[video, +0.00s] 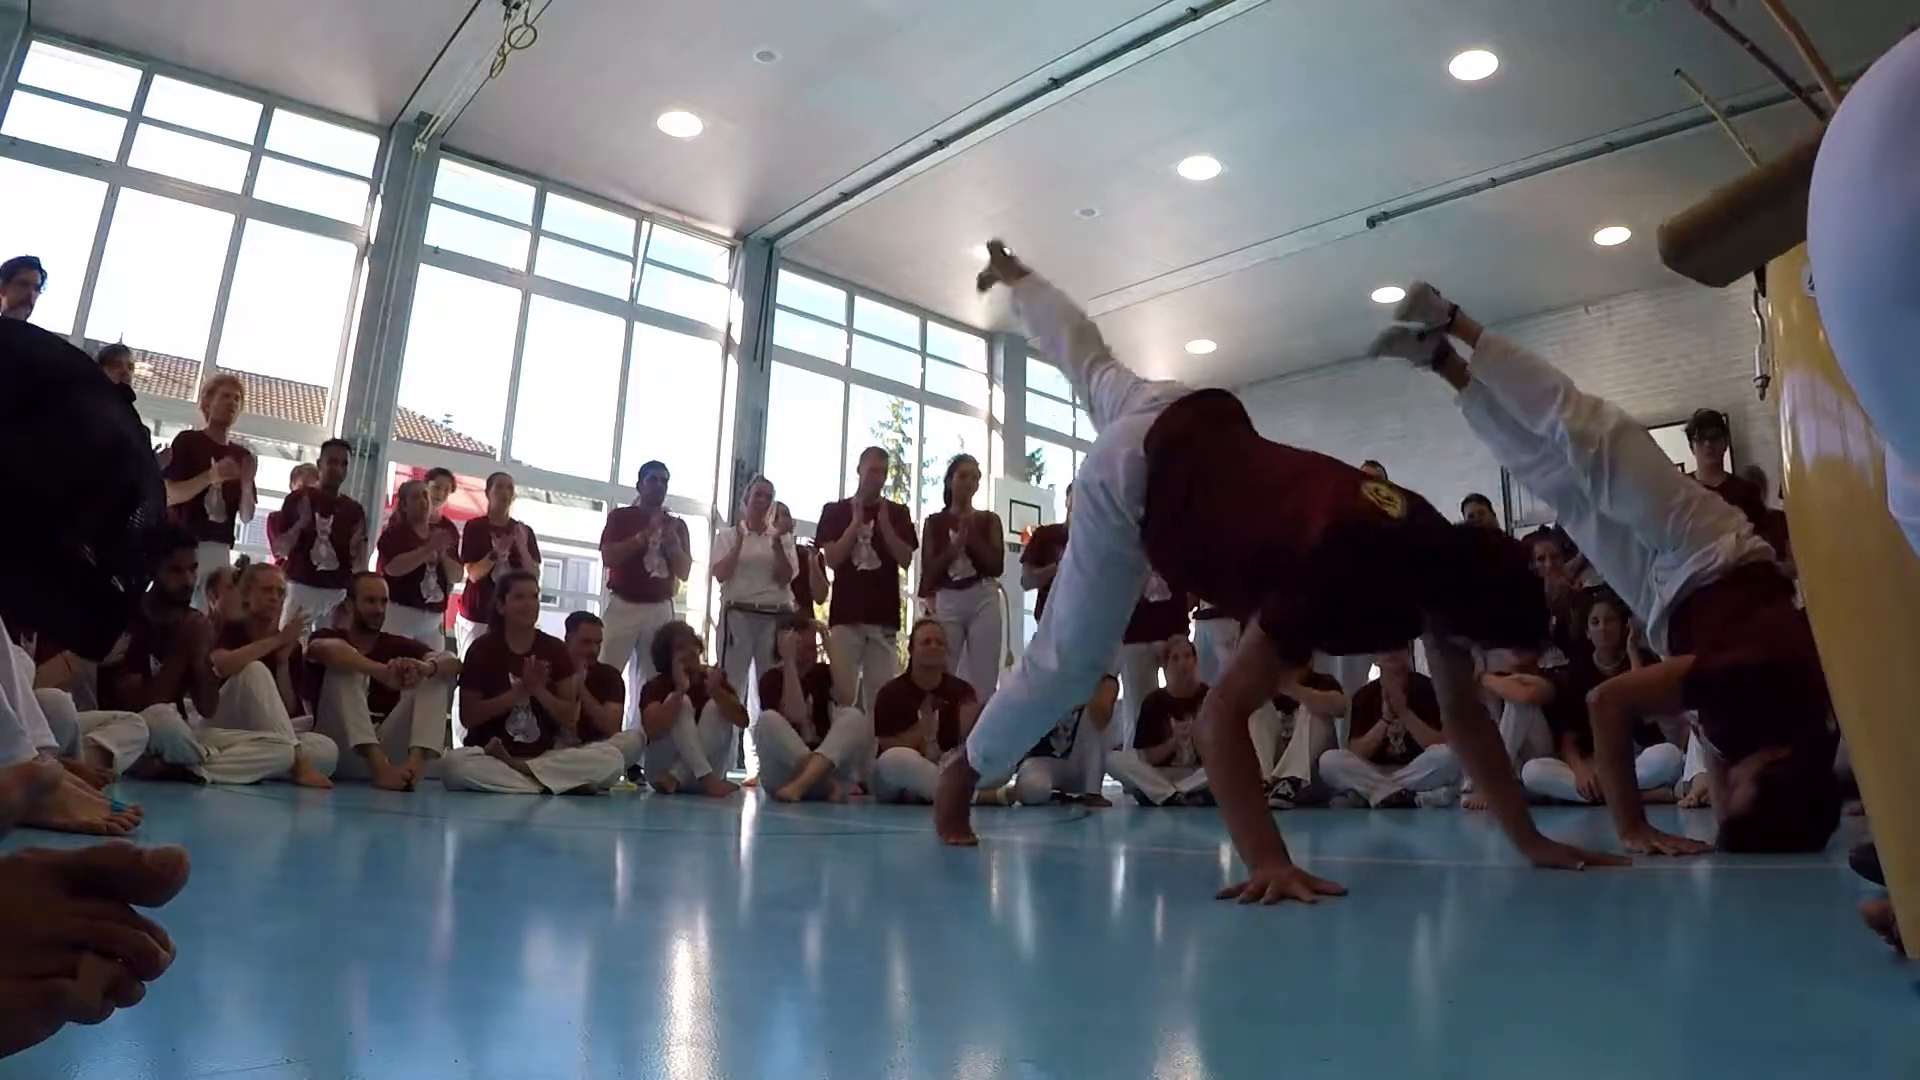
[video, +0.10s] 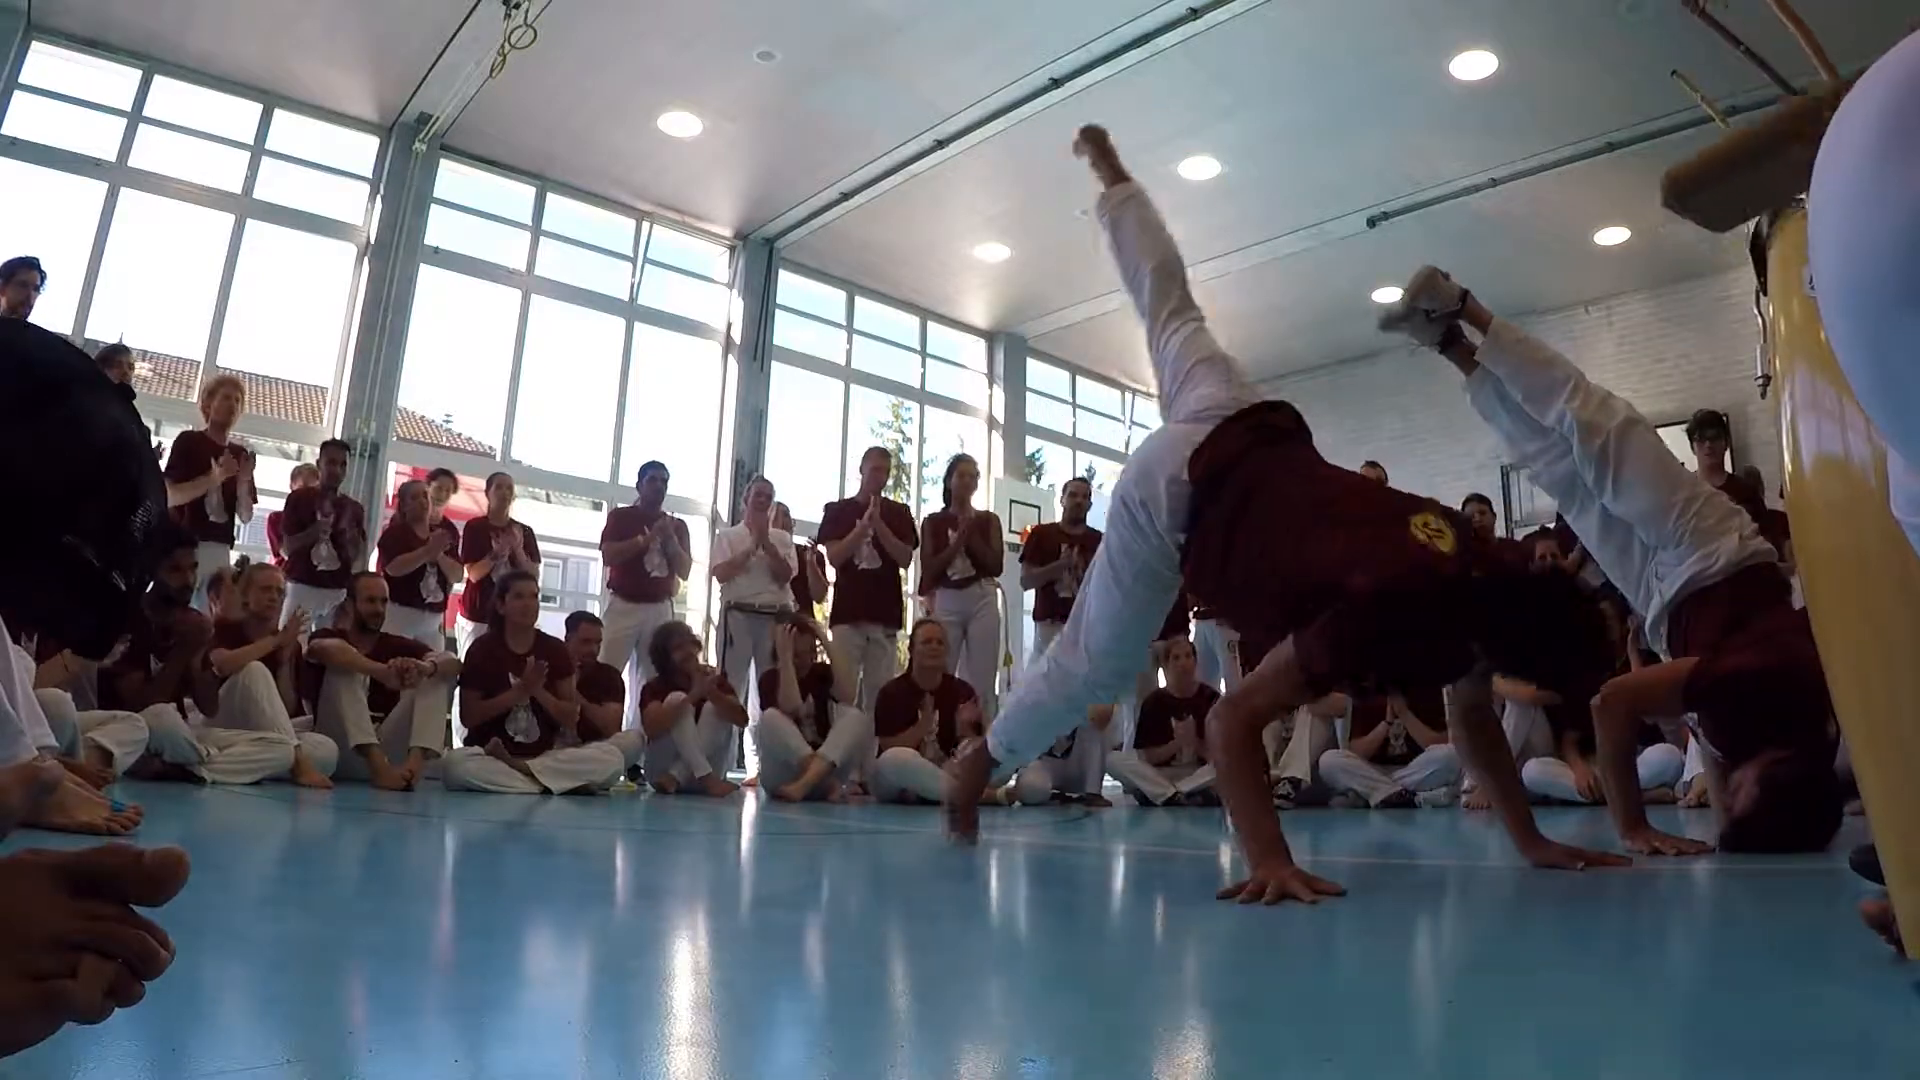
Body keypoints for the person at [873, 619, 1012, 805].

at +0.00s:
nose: (934, 647)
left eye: (939, 643)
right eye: (926, 643)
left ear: (946, 650)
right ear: (911, 651)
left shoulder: (962, 690)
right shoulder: (891, 693)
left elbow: (971, 743)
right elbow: (889, 748)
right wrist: (922, 729)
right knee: (895, 759)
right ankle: (976, 796)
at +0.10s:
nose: (934, 647)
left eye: (940, 643)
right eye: (926, 642)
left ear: (948, 651)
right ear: (911, 650)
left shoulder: (961, 690)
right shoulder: (892, 692)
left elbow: (970, 750)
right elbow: (886, 748)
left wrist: (965, 728)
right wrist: (921, 728)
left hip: (952, 775)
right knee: (897, 759)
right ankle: (982, 796)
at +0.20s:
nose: (935, 648)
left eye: (940, 643)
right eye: (927, 642)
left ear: (947, 651)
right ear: (912, 650)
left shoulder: (963, 690)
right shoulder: (892, 692)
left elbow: (970, 747)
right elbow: (889, 746)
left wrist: (954, 725)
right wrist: (925, 739)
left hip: (951, 769)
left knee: (1001, 755)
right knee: (896, 759)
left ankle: (931, 795)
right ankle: (976, 797)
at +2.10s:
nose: (931, 660)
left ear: (945, 657)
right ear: (911, 660)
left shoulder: (961, 690)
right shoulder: (892, 692)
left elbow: (971, 748)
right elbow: (887, 748)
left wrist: (960, 719)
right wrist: (919, 725)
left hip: (950, 767)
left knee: (1006, 758)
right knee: (896, 759)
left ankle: (933, 791)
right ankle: (977, 798)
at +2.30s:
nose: (933, 652)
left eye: (938, 645)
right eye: (926, 645)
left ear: (948, 649)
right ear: (913, 650)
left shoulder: (962, 685)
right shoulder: (897, 686)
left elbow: (975, 744)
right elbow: (881, 743)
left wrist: (945, 727)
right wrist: (922, 743)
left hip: (952, 766)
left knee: (1006, 757)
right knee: (896, 760)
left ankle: (928, 791)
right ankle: (976, 797)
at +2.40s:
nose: (935, 649)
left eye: (941, 643)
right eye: (927, 643)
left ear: (950, 647)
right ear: (912, 651)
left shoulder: (965, 684)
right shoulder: (895, 689)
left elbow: (982, 741)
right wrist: (920, 754)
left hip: (958, 761)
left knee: (1007, 757)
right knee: (889, 757)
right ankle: (973, 797)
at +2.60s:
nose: (924, 655)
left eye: (930, 648)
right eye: (919, 648)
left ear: (942, 652)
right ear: (910, 651)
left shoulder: (956, 688)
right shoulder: (891, 693)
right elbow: (881, 747)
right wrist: (918, 737)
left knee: (1007, 758)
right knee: (897, 759)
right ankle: (988, 796)